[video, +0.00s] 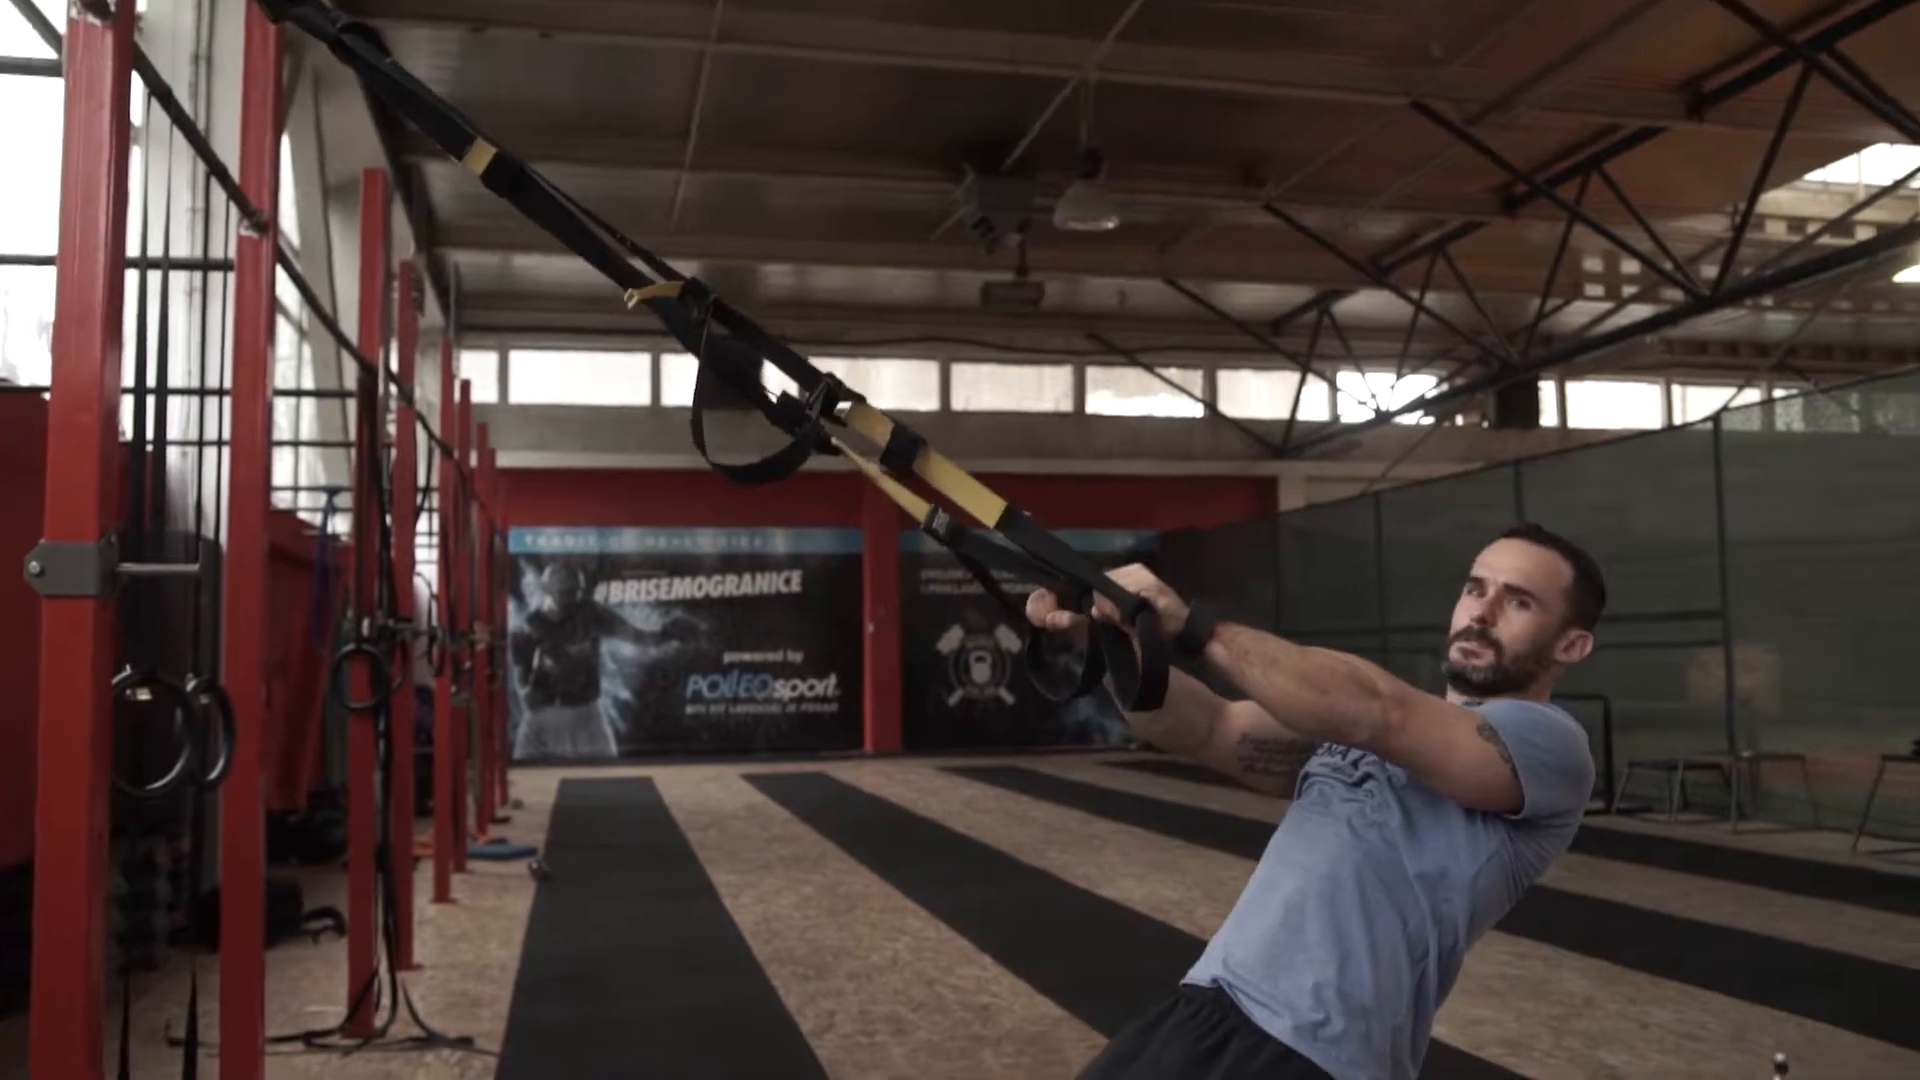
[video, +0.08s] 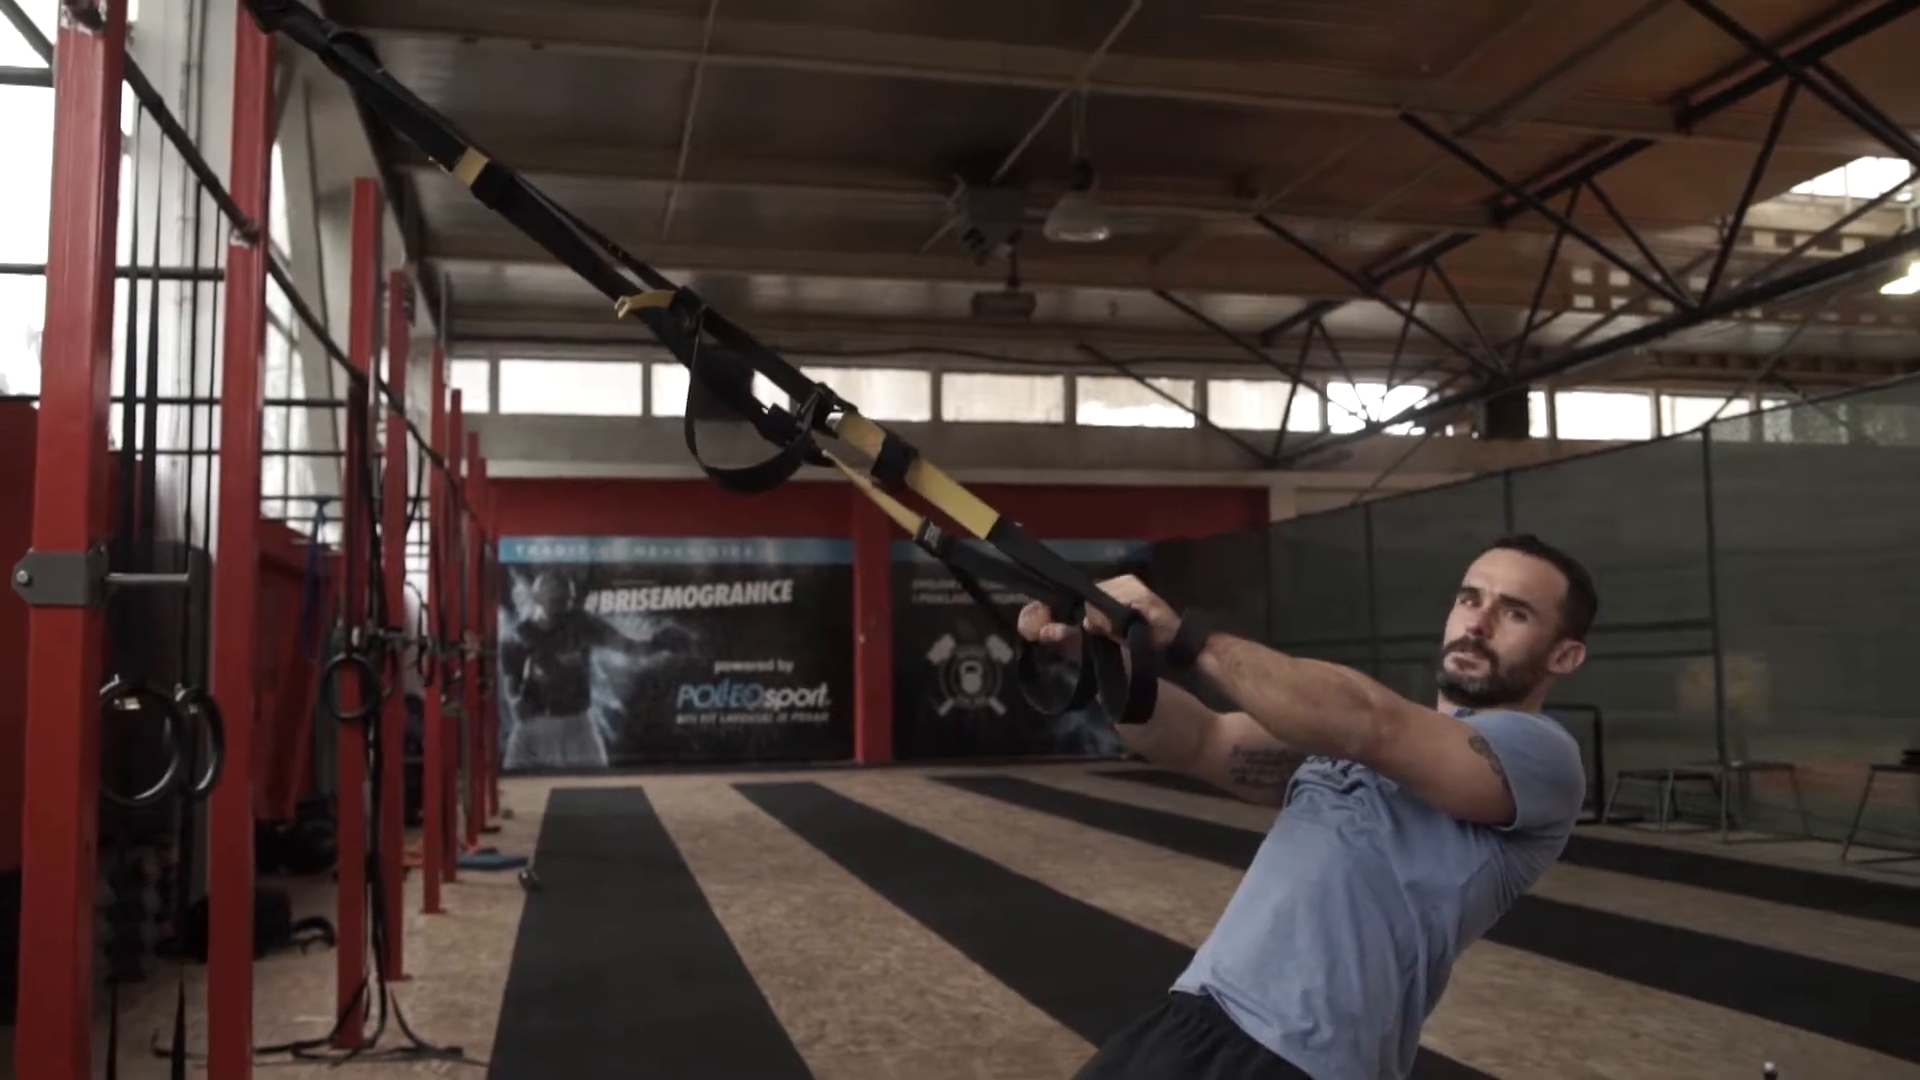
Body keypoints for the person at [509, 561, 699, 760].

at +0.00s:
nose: (569, 598)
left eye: (573, 591)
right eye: (563, 592)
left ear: (580, 588)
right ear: (547, 590)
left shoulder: (590, 614)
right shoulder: (529, 627)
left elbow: (634, 636)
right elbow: (525, 690)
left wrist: (664, 636)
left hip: (588, 717)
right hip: (542, 721)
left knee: (600, 788)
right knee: (534, 790)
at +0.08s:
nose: (560, 605)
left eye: (564, 597)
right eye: (553, 598)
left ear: (571, 596)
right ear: (537, 597)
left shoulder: (581, 623)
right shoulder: (520, 636)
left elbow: (626, 647)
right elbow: (515, 699)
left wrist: (655, 645)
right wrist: (527, 678)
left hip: (578, 727)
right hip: (532, 730)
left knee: (590, 798)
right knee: (523, 800)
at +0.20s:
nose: (550, 613)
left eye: (554, 606)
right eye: (543, 607)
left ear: (561, 605)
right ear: (528, 607)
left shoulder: (573, 632)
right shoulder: (512, 645)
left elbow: (617, 656)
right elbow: (505, 707)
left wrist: (647, 655)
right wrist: (518, 683)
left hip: (569, 735)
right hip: (523, 739)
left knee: (580, 807)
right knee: (513, 808)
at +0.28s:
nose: (544, 619)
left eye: (548, 612)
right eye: (538, 613)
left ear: (555, 609)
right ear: (522, 611)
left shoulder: (567, 636)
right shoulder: (506, 648)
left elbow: (612, 659)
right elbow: (499, 710)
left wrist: (641, 657)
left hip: (563, 739)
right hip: (517, 742)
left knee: (574, 810)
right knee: (508, 812)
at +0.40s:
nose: (541, 619)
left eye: (545, 612)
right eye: (535, 613)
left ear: (552, 609)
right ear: (519, 610)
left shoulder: (563, 634)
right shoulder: (502, 648)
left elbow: (608, 658)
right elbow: (496, 708)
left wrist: (638, 655)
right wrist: (509, 686)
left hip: (560, 738)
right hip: (513, 742)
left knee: (573, 808)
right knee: (504, 811)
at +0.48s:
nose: (541, 617)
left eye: (545, 610)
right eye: (535, 611)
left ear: (552, 607)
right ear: (519, 608)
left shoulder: (565, 634)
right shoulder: (502, 645)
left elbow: (609, 657)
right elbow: (494, 704)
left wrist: (637, 655)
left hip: (560, 736)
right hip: (513, 739)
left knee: (570, 807)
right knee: (505, 809)